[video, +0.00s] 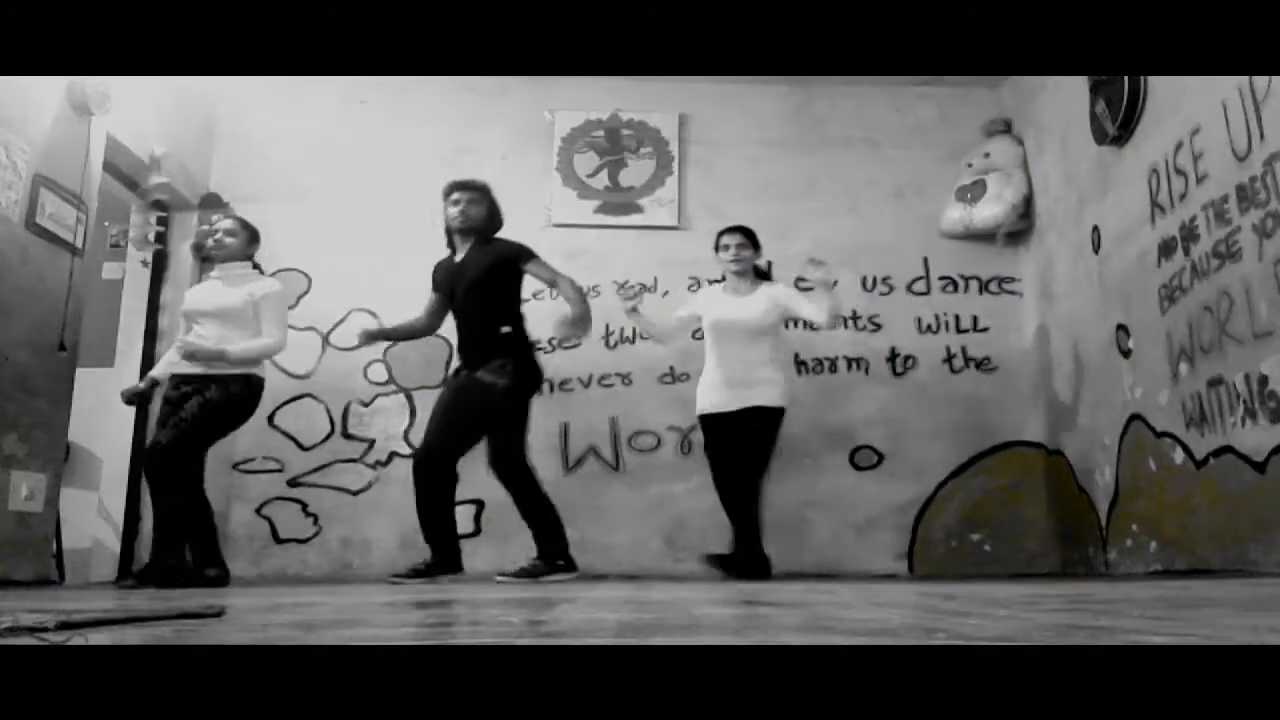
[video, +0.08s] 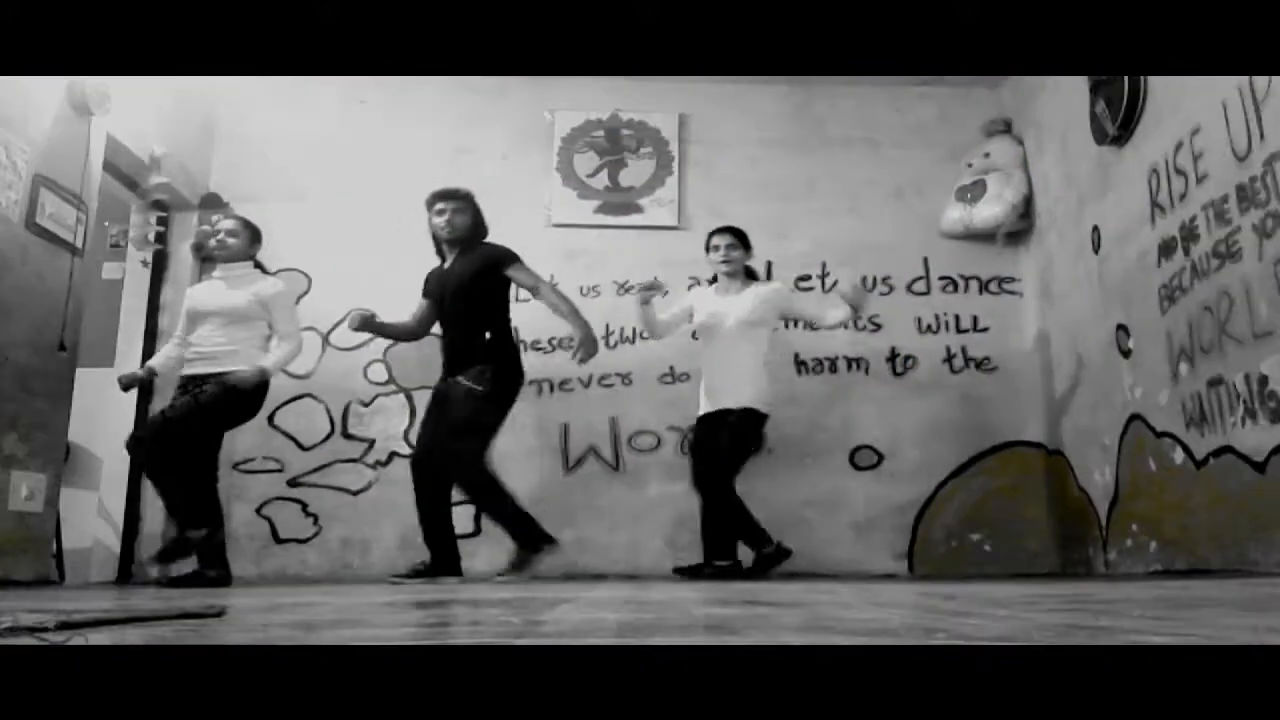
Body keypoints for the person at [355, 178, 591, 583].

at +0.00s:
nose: (461, 208)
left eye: (472, 203)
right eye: (454, 203)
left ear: (489, 214)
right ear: (444, 216)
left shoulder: (504, 252)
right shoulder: (446, 270)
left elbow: (560, 281)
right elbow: (427, 323)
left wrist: (581, 312)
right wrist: (381, 334)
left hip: (511, 371)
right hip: (471, 375)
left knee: (508, 462)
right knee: (432, 460)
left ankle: (556, 554)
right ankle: (444, 558)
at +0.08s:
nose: (447, 218)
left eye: (457, 212)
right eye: (439, 213)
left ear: (474, 220)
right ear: (431, 224)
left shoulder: (491, 257)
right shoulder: (437, 279)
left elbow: (541, 289)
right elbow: (416, 328)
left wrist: (583, 329)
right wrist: (374, 326)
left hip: (495, 374)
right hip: (455, 378)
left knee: (462, 460)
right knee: (427, 463)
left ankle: (533, 540)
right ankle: (444, 561)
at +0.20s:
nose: (436, 217)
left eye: (445, 210)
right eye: (427, 213)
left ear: (464, 217)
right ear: (421, 227)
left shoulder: (483, 252)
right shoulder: (431, 276)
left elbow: (536, 285)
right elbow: (413, 326)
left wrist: (570, 326)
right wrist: (375, 323)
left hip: (484, 366)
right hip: (451, 370)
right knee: (424, 450)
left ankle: (483, 511)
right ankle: (442, 556)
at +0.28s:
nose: (432, 217)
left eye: (441, 209)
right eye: (423, 213)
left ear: (458, 217)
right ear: (415, 226)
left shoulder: (478, 251)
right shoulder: (423, 274)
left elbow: (532, 283)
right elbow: (410, 327)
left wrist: (557, 324)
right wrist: (375, 325)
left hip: (480, 362)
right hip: (448, 368)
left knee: (377, 407)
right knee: (422, 452)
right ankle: (443, 558)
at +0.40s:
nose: (426, 218)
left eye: (435, 210)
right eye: (418, 213)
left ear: (456, 217)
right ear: (410, 227)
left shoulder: (472, 252)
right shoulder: (419, 275)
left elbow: (527, 287)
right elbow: (408, 328)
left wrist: (545, 325)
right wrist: (375, 332)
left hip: (472, 365)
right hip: (440, 369)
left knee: (390, 437)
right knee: (419, 459)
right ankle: (443, 559)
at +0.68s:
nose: (374, 189)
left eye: (385, 183)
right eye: (364, 183)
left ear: (403, 197)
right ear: (349, 199)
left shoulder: (425, 238)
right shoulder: (347, 262)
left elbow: (492, 277)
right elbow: (334, 320)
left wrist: (544, 316)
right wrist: (315, 352)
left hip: (441, 366)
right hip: (399, 375)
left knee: (356, 445)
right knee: (375, 480)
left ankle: (309, 561)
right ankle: (402, 597)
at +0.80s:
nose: (383, 178)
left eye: (395, 172)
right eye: (374, 172)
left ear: (412, 187)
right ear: (358, 187)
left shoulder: (438, 230)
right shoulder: (342, 248)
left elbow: (512, 262)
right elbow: (302, 302)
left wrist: (513, 273)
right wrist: (341, 313)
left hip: (436, 359)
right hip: (384, 367)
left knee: (373, 432)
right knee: (358, 475)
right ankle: (398, 594)